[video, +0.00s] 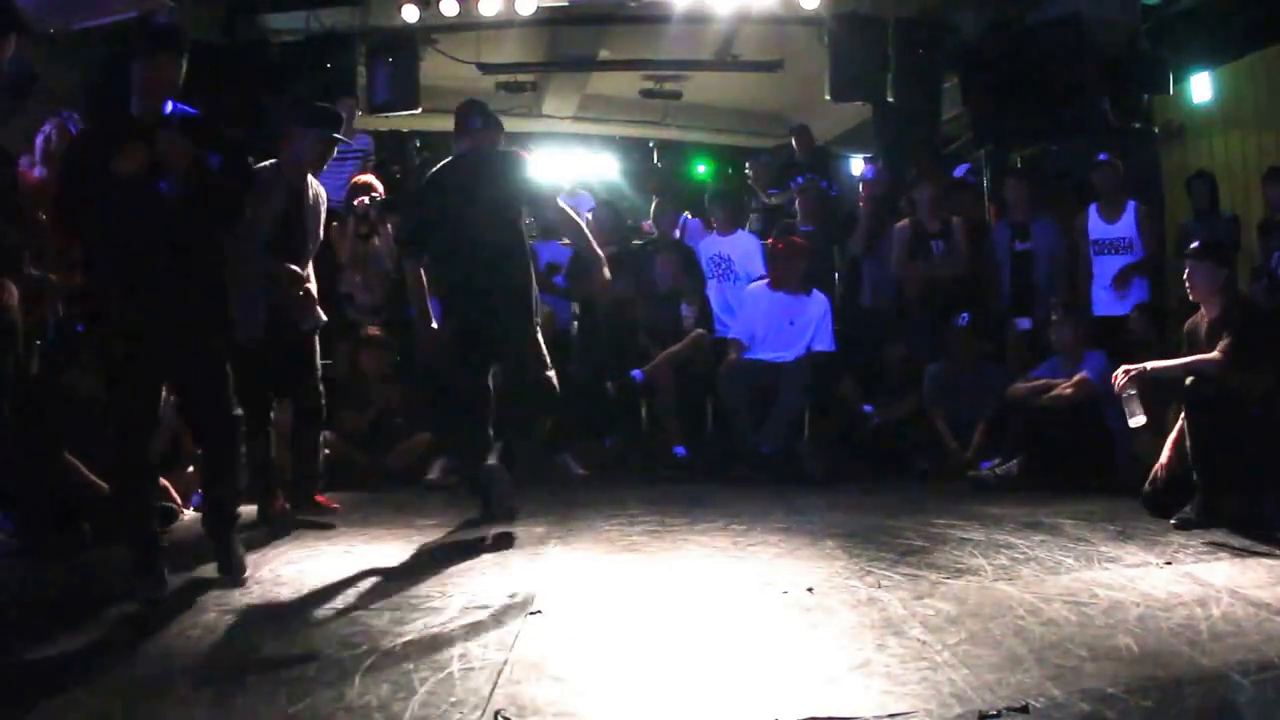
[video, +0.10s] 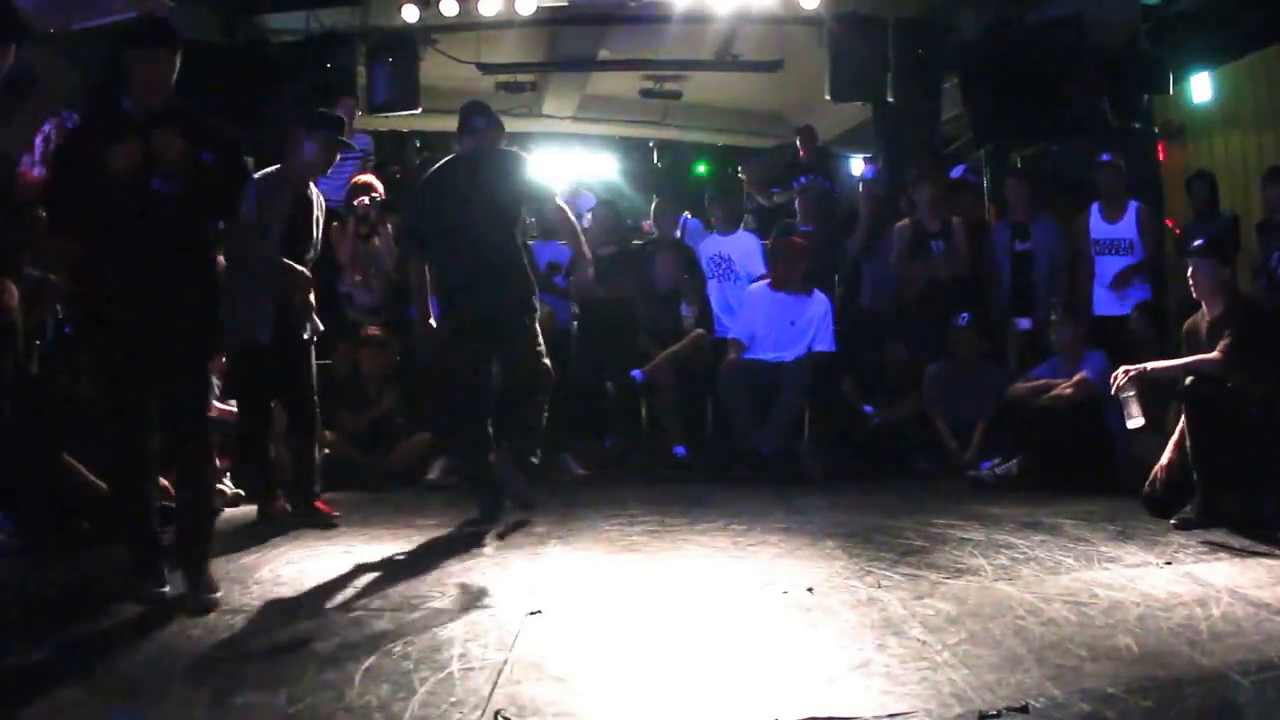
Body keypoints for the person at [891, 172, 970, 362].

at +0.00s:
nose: (929, 201)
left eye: (932, 195)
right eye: (923, 195)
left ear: (939, 197)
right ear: (914, 198)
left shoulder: (955, 225)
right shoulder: (903, 229)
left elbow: (961, 264)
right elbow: (898, 267)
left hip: (950, 295)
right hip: (917, 298)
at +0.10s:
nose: (929, 201)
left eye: (933, 195)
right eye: (923, 195)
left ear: (939, 197)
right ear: (914, 197)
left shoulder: (955, 225)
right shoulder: (903, 229)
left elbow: (963, 264)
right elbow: (899, 268)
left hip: (951, 295)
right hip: (918, 298)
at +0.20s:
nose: (929, 199)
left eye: (933, 193)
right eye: (923, 193)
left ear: (940, 195)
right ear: (914, 195)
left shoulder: (955, 225)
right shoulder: (904, 229)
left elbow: (963, 265)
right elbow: (899, 269)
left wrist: (924, 273)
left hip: (951, 298)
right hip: (917, 300)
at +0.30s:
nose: (929, 200)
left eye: (933, 193)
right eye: (923, 194)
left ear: (940, 195)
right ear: (914, 196)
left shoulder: (955, 226)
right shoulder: (904, 229)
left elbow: (962, 264)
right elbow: (900, 269)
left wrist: (922, 272)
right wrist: (943, 268)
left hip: (952, 296)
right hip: (918, 299)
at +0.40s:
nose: (929, 199)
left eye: (933, 192)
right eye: (923, 193)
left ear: (940, 194)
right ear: (913, 195)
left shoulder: (955, 226)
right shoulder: (904, 229)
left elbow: (962, 265)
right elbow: (899, 268)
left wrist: (921, 272)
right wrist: (942, 268)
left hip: (952, 299)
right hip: (917, 301)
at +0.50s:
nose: (928, 196)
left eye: (932, 190)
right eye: (922, 190)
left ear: (939, 192)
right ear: (912, 195)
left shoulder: (955, 225)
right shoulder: (904, 229)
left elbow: (961, 264)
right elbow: (898, 268)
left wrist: (923, 273)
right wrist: (941, 265)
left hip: (952, 296)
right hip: (918, 299)